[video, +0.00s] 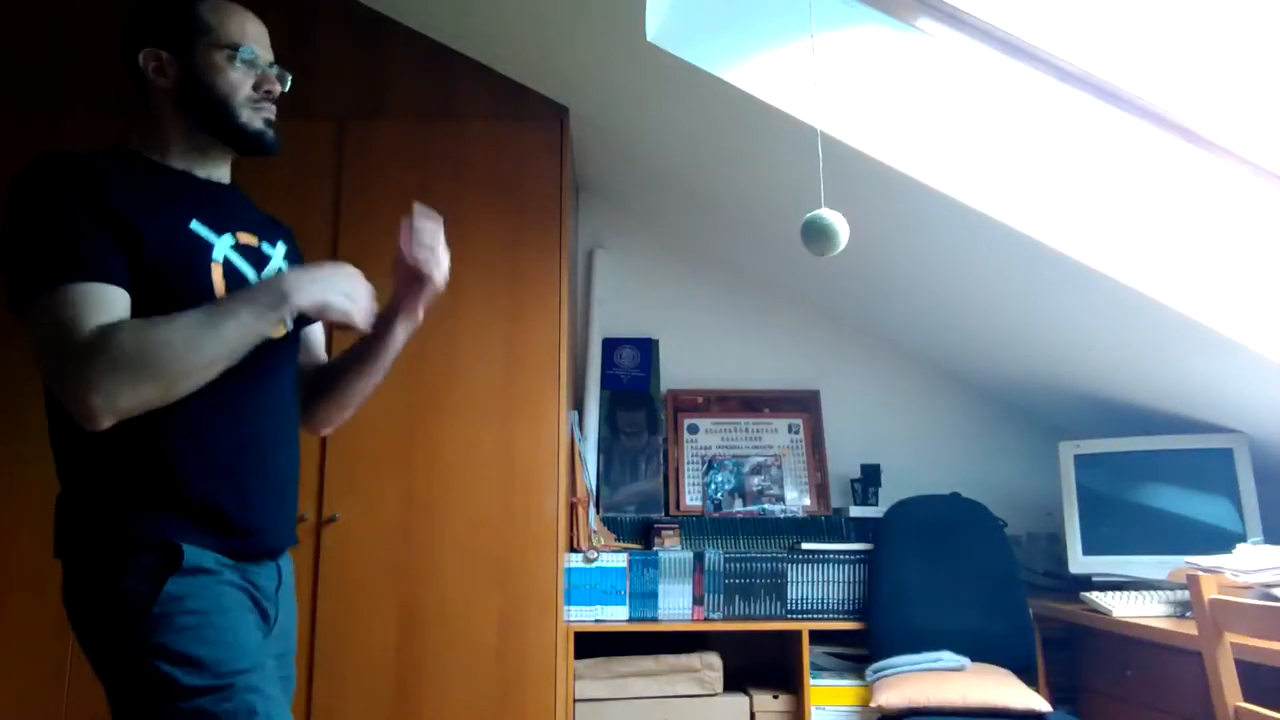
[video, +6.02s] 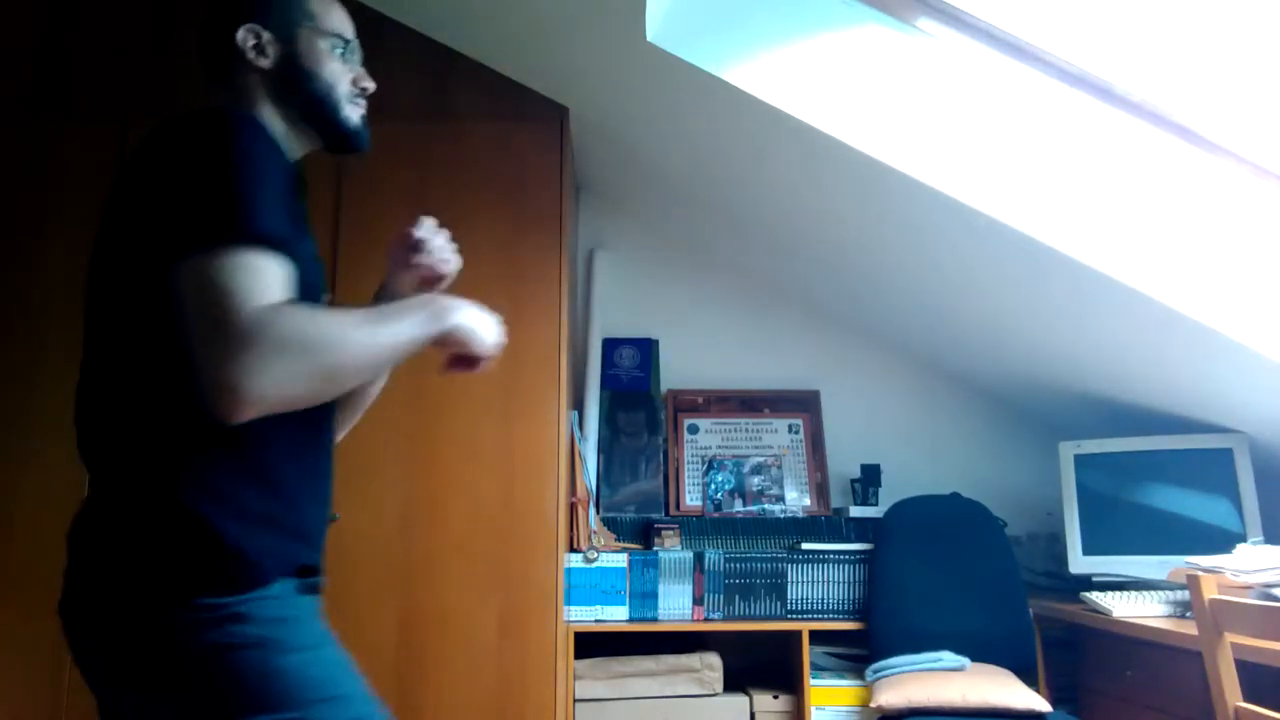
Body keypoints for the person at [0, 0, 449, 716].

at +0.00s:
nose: (272, 82)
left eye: (271, 67)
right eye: (240, 58)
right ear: (162, 69)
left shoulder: (270, 236)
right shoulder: (79, 192)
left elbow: (316, 408)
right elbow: (93, 386)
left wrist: (405, 311)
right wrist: (283, 295)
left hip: (266, 570)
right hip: (163, 571)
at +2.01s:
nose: (412, 108)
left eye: (411, 90)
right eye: (392, 78)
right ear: (315, 68)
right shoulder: (307, 160)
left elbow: (408, 372)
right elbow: (466, 308)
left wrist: (425, 239)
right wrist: (620, 314)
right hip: (306, 577)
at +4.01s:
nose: (255, 88)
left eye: (257, 75)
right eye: (226, 68)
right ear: (147, 83)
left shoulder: (259, 239)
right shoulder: (71, 206)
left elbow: (345, 408)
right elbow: (12, 402)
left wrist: (341, 282)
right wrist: (196, 314)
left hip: (252, 592)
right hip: (134, 594)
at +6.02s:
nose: (366, 77)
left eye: (359, 55)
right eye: (339, 46)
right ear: (258, 47)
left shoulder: (253, 171)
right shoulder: (225, 147)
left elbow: (312, 423)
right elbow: (245, 368)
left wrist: (396, 304)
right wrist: (436, 315)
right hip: (215, 594)